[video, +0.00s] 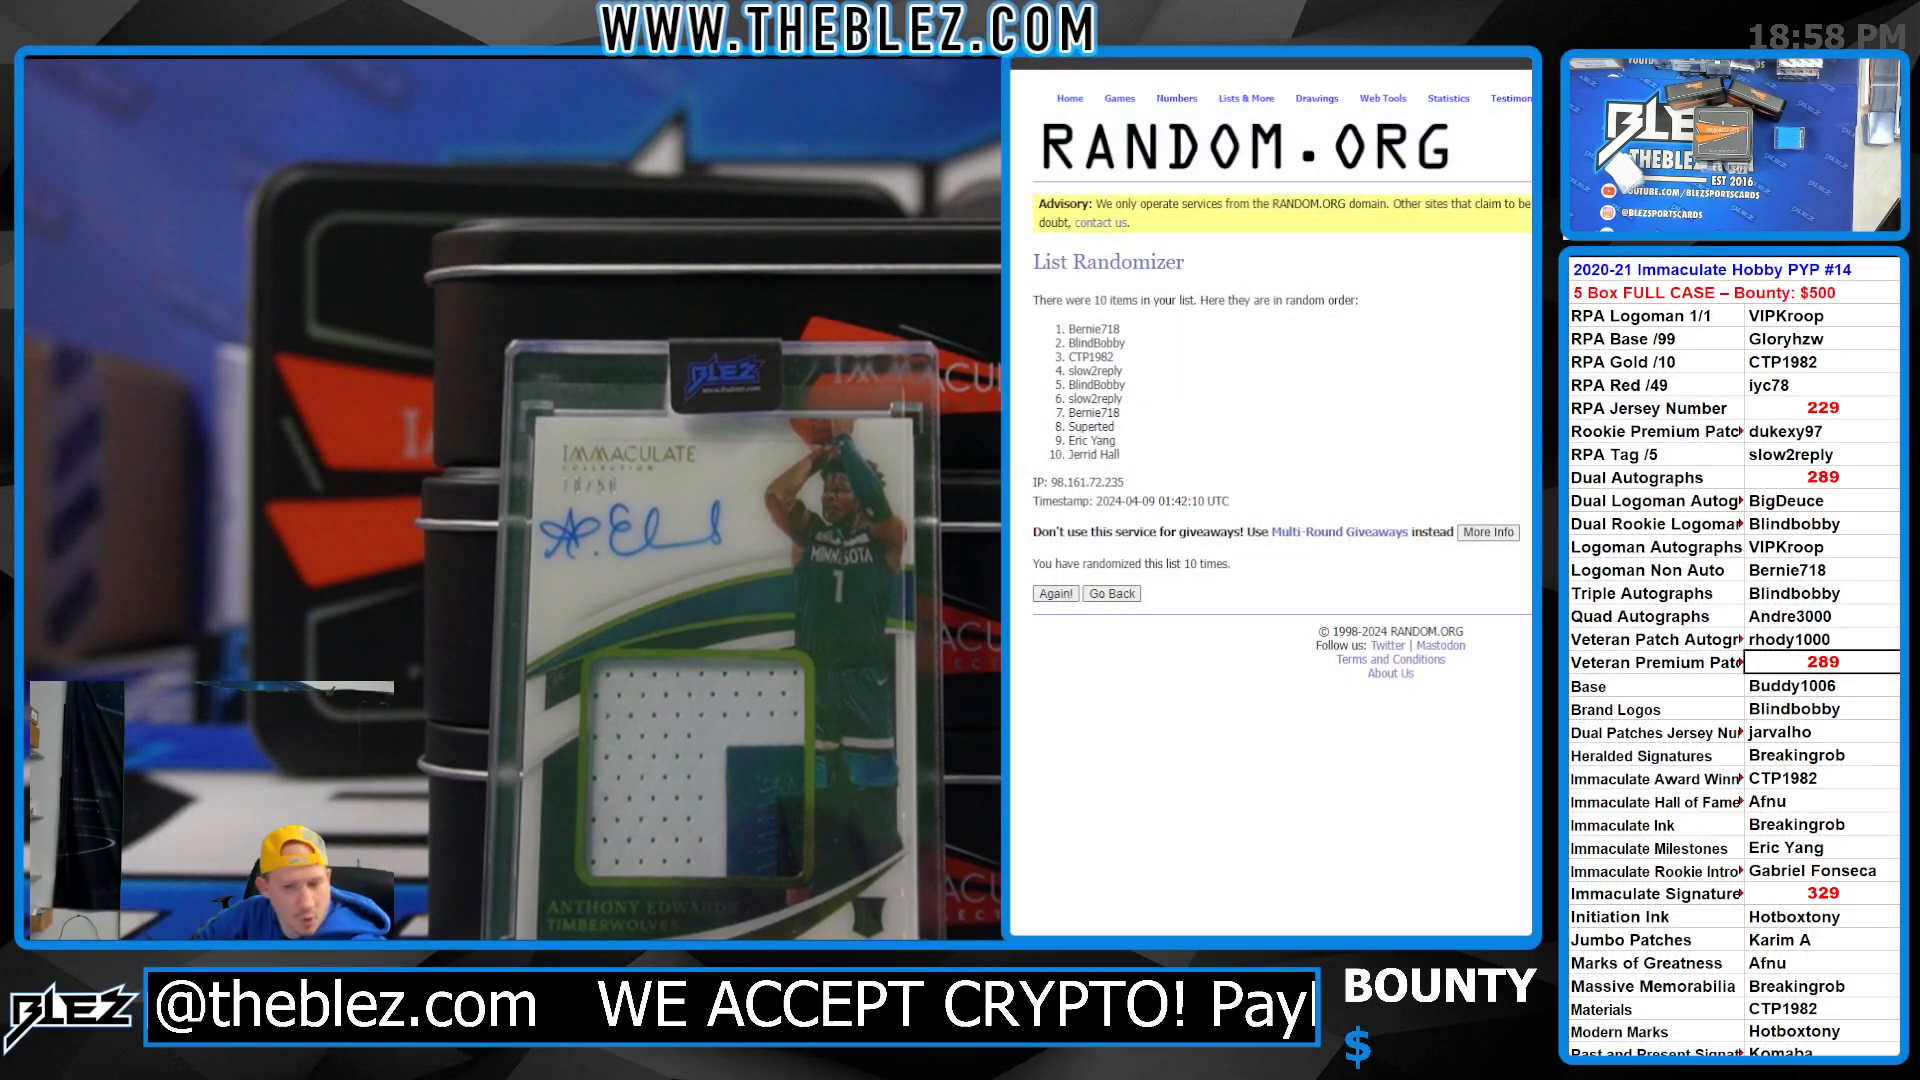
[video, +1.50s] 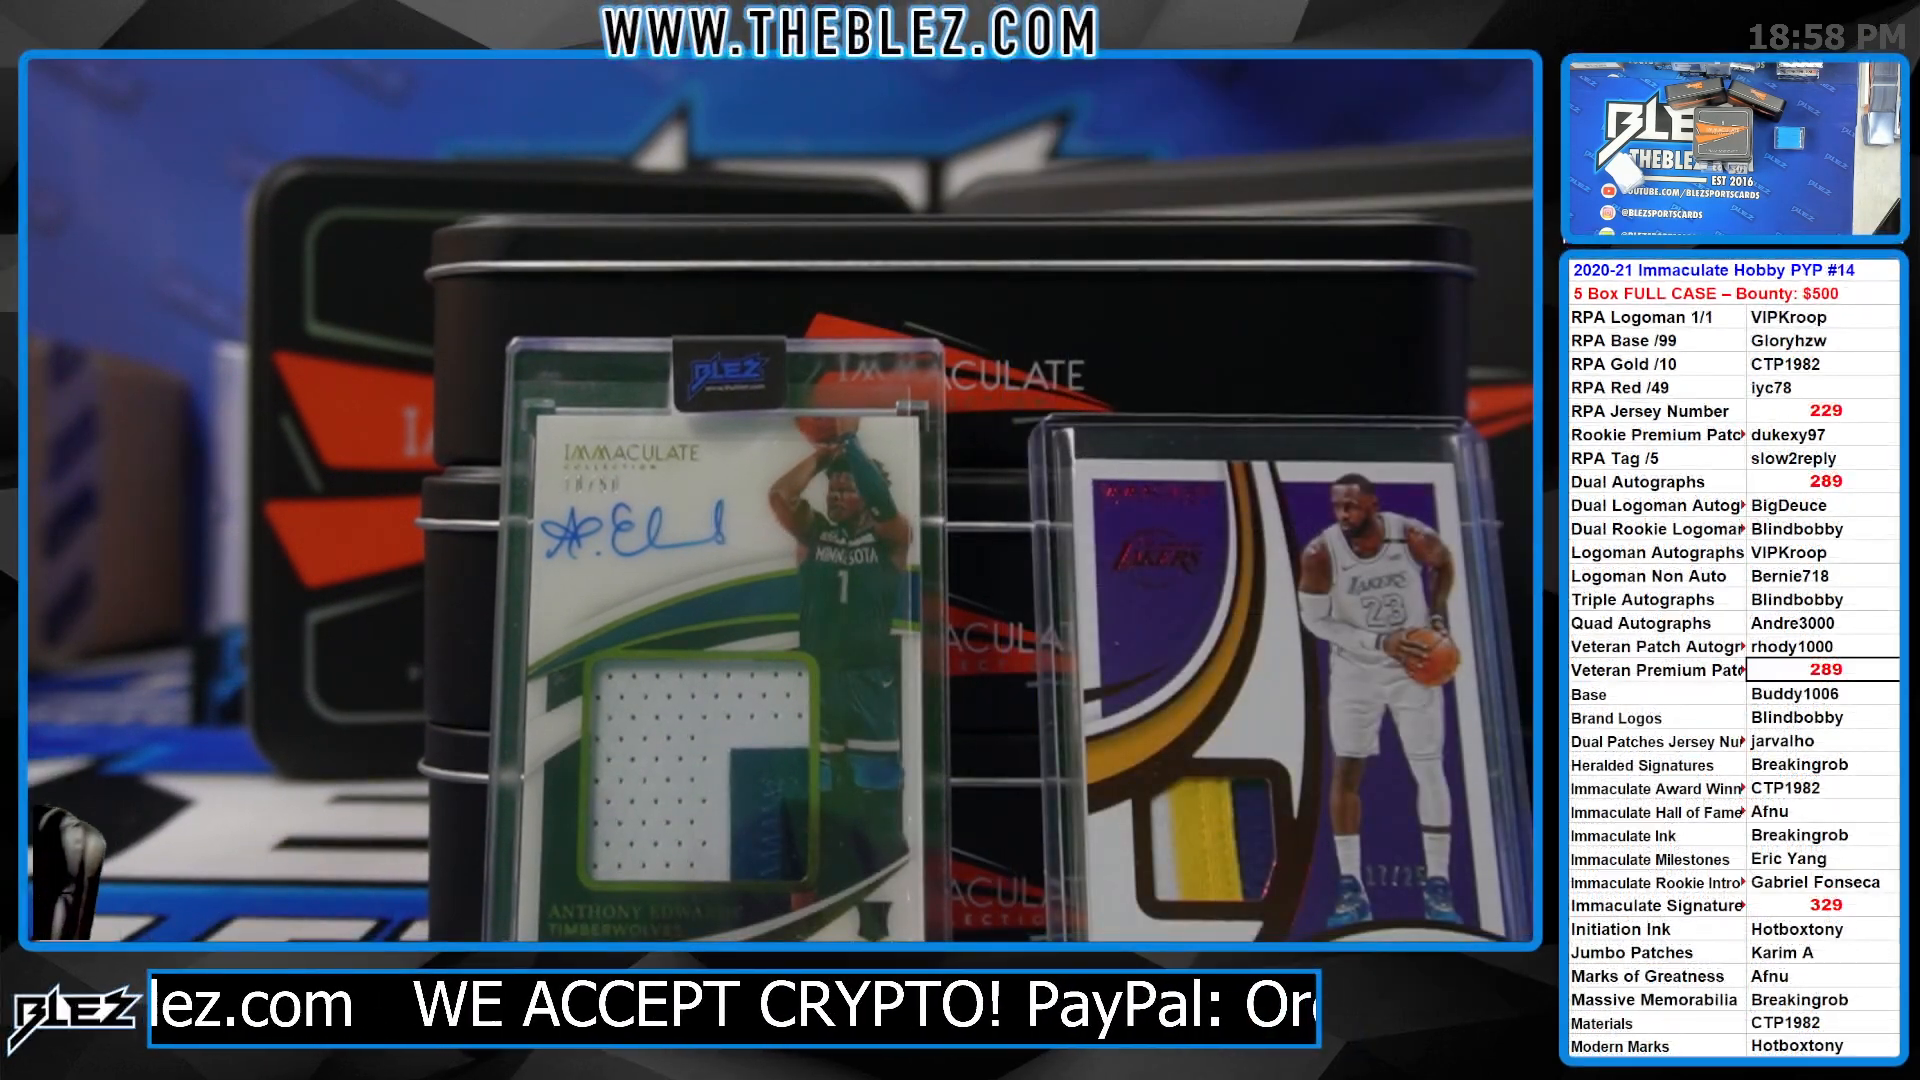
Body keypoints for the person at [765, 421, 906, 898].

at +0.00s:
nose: (834, 497)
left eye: (843, 490)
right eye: (829, 490)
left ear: (862, 495)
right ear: (821, 495)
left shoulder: (883, 539)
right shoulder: (810, 533)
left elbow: (875, 496)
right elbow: (776, 496)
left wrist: (844, 445)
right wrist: (814, 460)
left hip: (865, 678)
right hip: (812, 676)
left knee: (872, 795)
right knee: (816, 793)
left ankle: (871, 895)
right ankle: (816, 887)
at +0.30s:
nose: (835, 496)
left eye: (844, 490)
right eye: (830, 489)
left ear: (862, 495)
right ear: (822, 495)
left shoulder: (883, 539)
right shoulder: (810, 533)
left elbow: (875, 496)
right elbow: (776, 495)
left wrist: (844, 445)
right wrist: (815, 458)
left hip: (865, 678)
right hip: (813, 677)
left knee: (872, 796)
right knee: (818, 793)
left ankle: (871, 897)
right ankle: (819, 888)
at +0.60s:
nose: (835, 496)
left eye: (844, 489)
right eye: (830, 489)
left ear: (862, 494)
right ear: (822, 495)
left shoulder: (883, 539)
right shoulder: (810, 532)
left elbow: (875, 496)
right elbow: (776, 496)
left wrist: (844, 444)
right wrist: (815, 459)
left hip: (866, 678)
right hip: (813, 677)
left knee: (872, 795)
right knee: (818, 793)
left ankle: (871, 895)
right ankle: (818, 887)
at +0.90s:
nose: (840, 496)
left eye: (849, 489)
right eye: (834, 488)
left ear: (867, 495)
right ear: (826, 494)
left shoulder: (889, 540)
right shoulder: (813, 532)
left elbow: (883, 502)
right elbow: (780, 495)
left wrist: (851, 450)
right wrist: (818, 459)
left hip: (872, 680)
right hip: (817, 679)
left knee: (878, 800)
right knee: (820, 797)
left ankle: (877, 904)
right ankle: (818, 894)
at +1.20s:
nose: (841, 495)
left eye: (850, 489)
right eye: (835, 487)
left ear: (868, 495)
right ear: (826, 493)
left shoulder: (889, 540)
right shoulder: (814, 532)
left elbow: (885, 506)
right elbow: (780, 495)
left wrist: (851, 450)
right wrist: (819, 458)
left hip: (872, 678)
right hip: (818, 676)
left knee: (876, 795)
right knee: (824, 792)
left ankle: (876, 905)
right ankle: (823, 891)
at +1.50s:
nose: (841, 495)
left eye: (851, 488)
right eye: (835, 487)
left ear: (868, 495)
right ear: (826, 493)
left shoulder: (890, 539)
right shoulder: (815, 533)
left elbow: (884, 506)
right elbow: (780, 496)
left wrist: (851, 449)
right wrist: (818, 459)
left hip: (871, 677)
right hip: (818, 676)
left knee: (878, 796)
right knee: (822, 792)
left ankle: (876, 902)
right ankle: (821, 891)